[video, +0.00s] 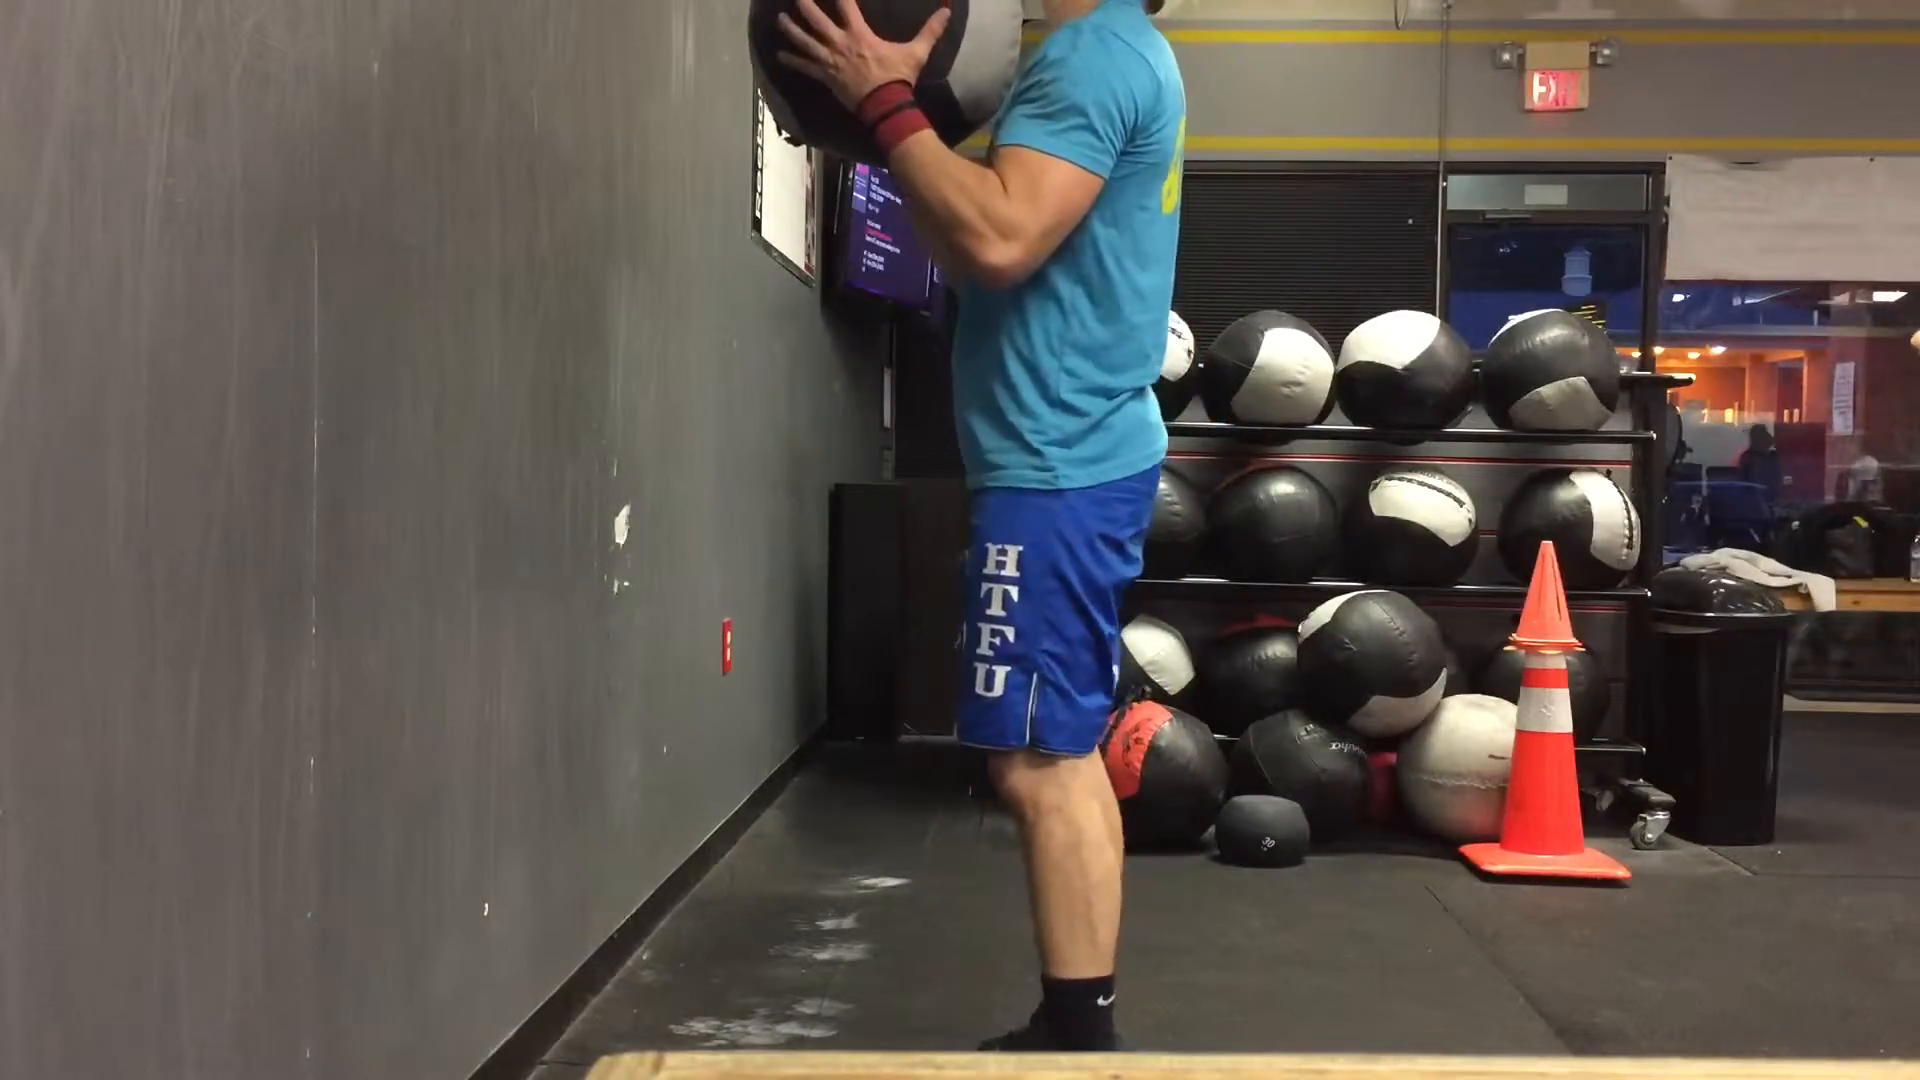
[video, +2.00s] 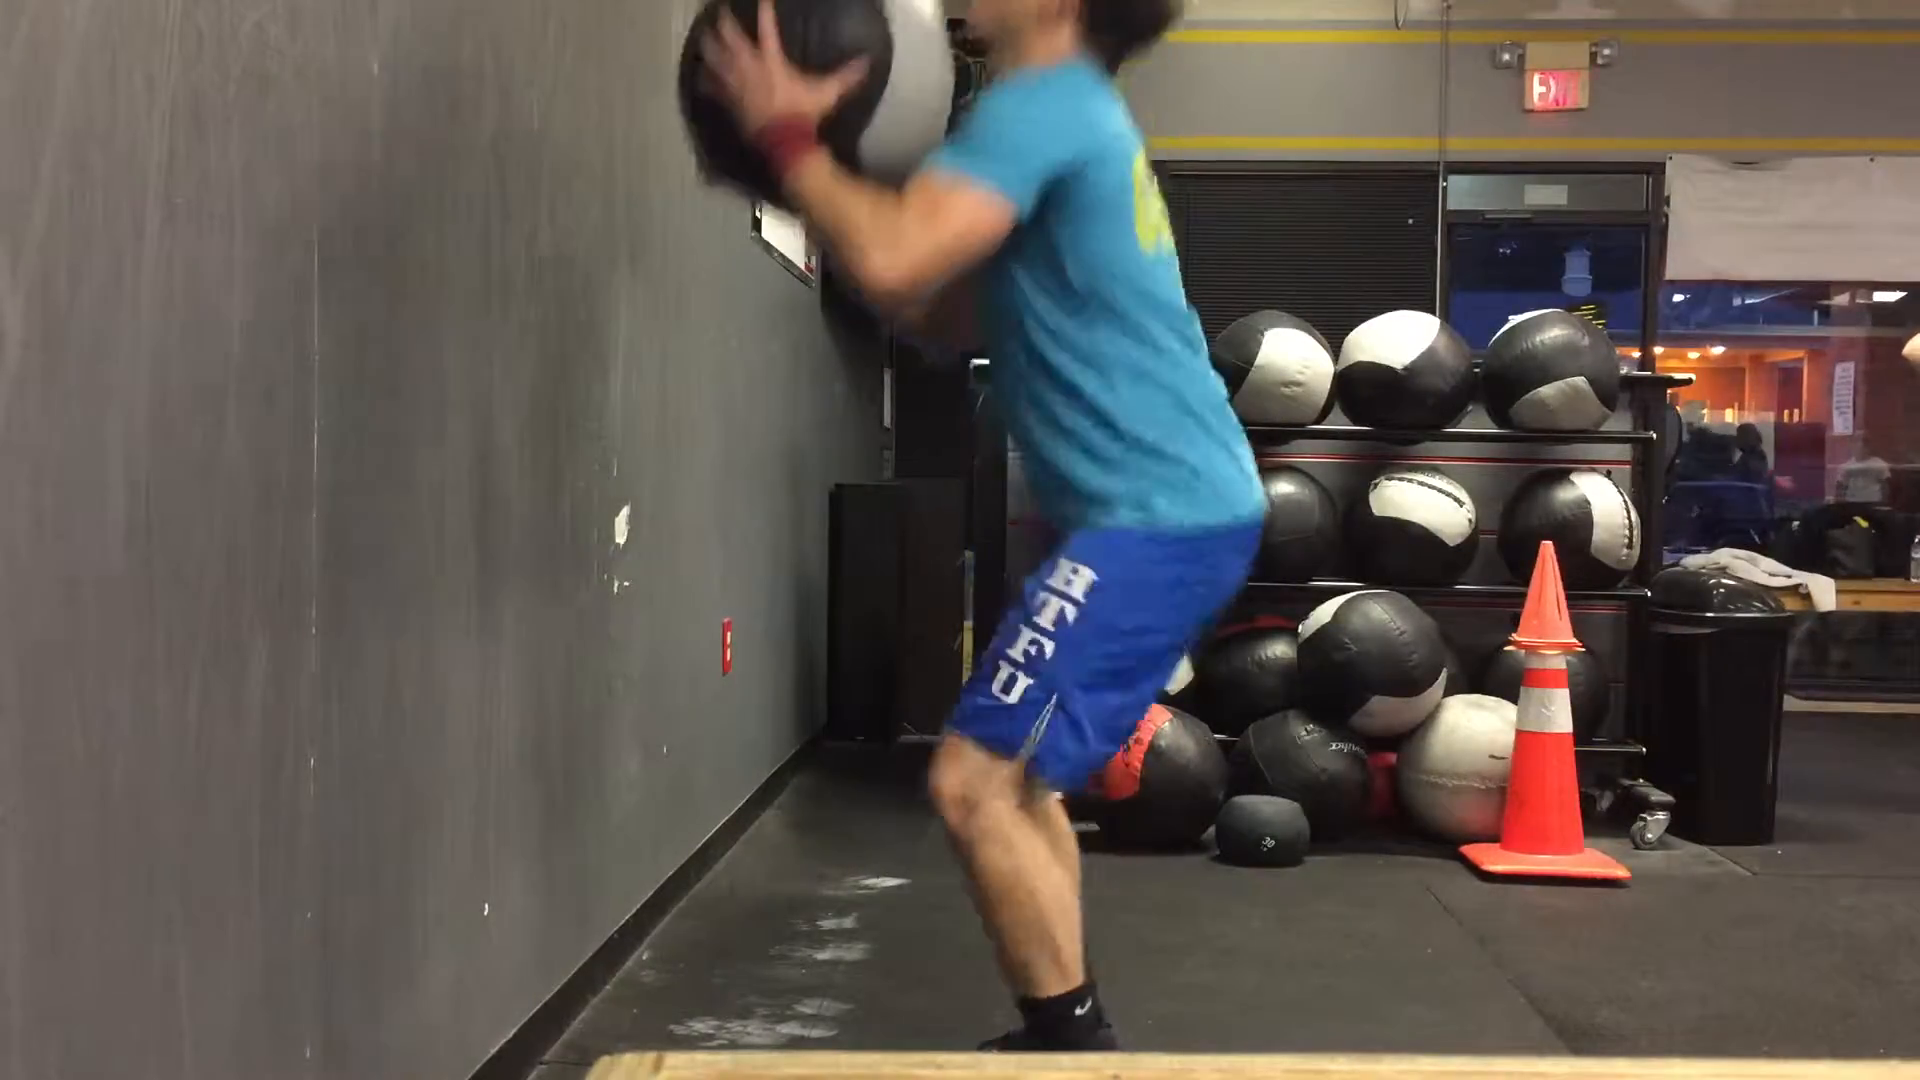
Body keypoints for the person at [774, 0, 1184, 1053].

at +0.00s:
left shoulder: (1099, 59)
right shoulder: (1090, 51)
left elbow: (999, 240)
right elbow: (987, 226)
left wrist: (885, 102)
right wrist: (898, 111)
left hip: (1058, 467)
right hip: (1067, 458)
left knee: (1037, 760)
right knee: (1061, 756)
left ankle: (1076, 1029)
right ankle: (1081, 1022)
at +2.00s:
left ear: (1058, 2)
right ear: (1069, 13)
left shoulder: (1048, 104)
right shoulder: (1063, 108)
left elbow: (889, 257)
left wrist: (788, 136)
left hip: (1157, 511)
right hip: (1147, 506)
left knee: (971, 782)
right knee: (1018, 784)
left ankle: (1067, 1038)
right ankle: (1066, 1028)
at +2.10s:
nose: (961, 87)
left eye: (986, 73)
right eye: (976, 68)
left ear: (1036, 117)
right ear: (1036, 122)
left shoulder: (1036, 240)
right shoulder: (1040, 231)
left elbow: (872, 397)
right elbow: (896, 383)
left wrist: (773, 267)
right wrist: (788, 277)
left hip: (1192, 613)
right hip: (1173, 600)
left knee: (933, 806)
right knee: (983, 795)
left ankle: (1054, 1039)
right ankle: (1065, 1023)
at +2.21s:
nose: (940, 225)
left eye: (965, 214)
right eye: (956, 208)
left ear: (1013, 263)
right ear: (1015, 269)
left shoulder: (1018, 390)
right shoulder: (1028, 371)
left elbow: (869, 567)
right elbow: (891, 538)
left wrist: (766, 428)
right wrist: (781, 427)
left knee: (900, 841)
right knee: (924, 764)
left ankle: (1046, 1046)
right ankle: (1063, 1016)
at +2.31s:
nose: (929, 336)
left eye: (952, 323)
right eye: (943, 319)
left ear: (1004, 369)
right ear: (1004, 373)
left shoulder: (1010, 505)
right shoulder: (1026, 483)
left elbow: (867, 700)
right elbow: (889, 661)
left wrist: (762, 559)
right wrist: (782, 555)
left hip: (1190, 830)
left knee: (888, 853)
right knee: (911, 775)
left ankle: (1042, 1050)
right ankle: (1066, 1028)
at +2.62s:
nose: (939, 275)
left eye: (963, 261)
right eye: (953, 257)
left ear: (1019, 305)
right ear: (1018, 310)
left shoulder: (1029, 435)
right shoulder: (1048, 412)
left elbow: (900, 623)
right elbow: (911, 586)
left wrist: (783, 503)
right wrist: (789, 492)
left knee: (920, 826)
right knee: (947, 754)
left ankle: (1052, 1051)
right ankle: (1064, 1016)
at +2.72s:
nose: (966, 160)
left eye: (993, 148)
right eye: (982, 144)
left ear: (1044, 186)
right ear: (1045, 191)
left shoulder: (1052, 310)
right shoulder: (1069, 298)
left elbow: (909, 483)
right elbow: (926, 452)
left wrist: (806, 362)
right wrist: (825, 363)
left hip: (1207, 647)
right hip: (1167, 631)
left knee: (932, 816)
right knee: (961, 770)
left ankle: (1055, 1042)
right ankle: (1062, 1016)